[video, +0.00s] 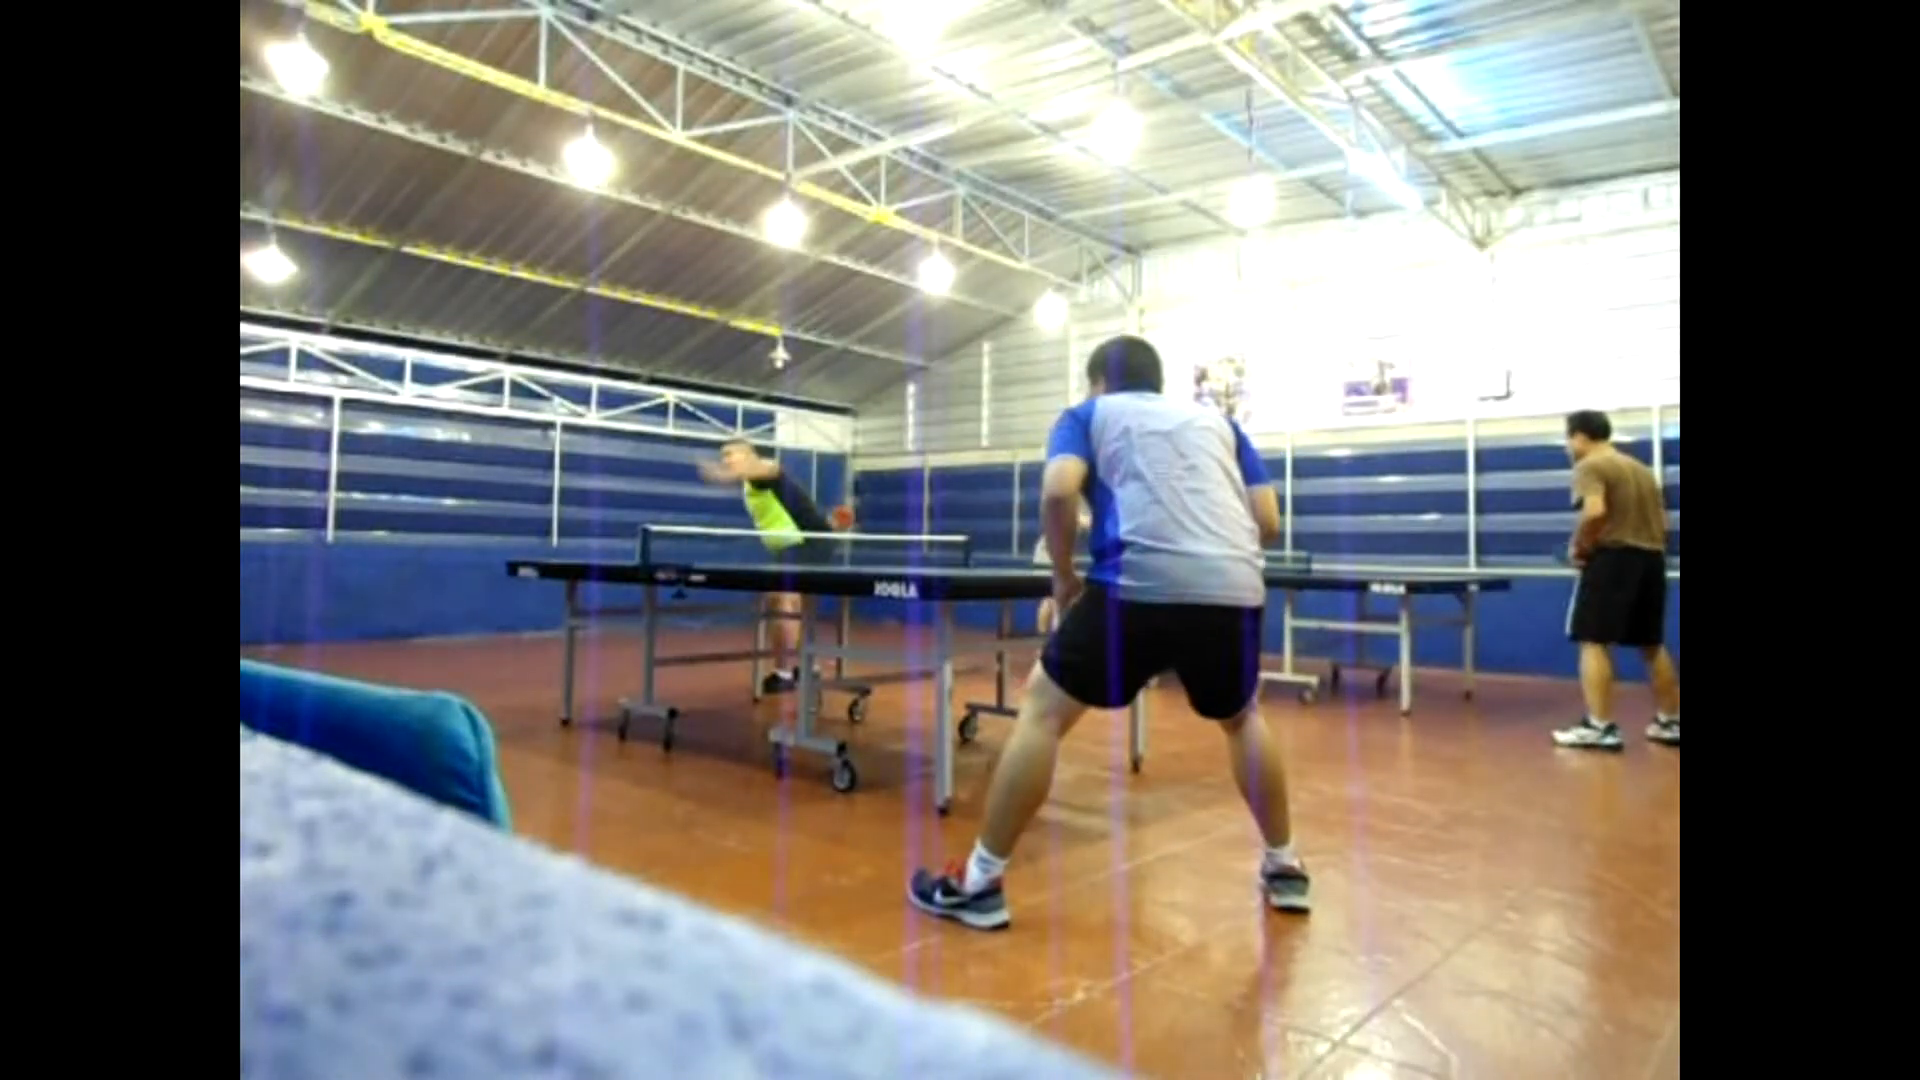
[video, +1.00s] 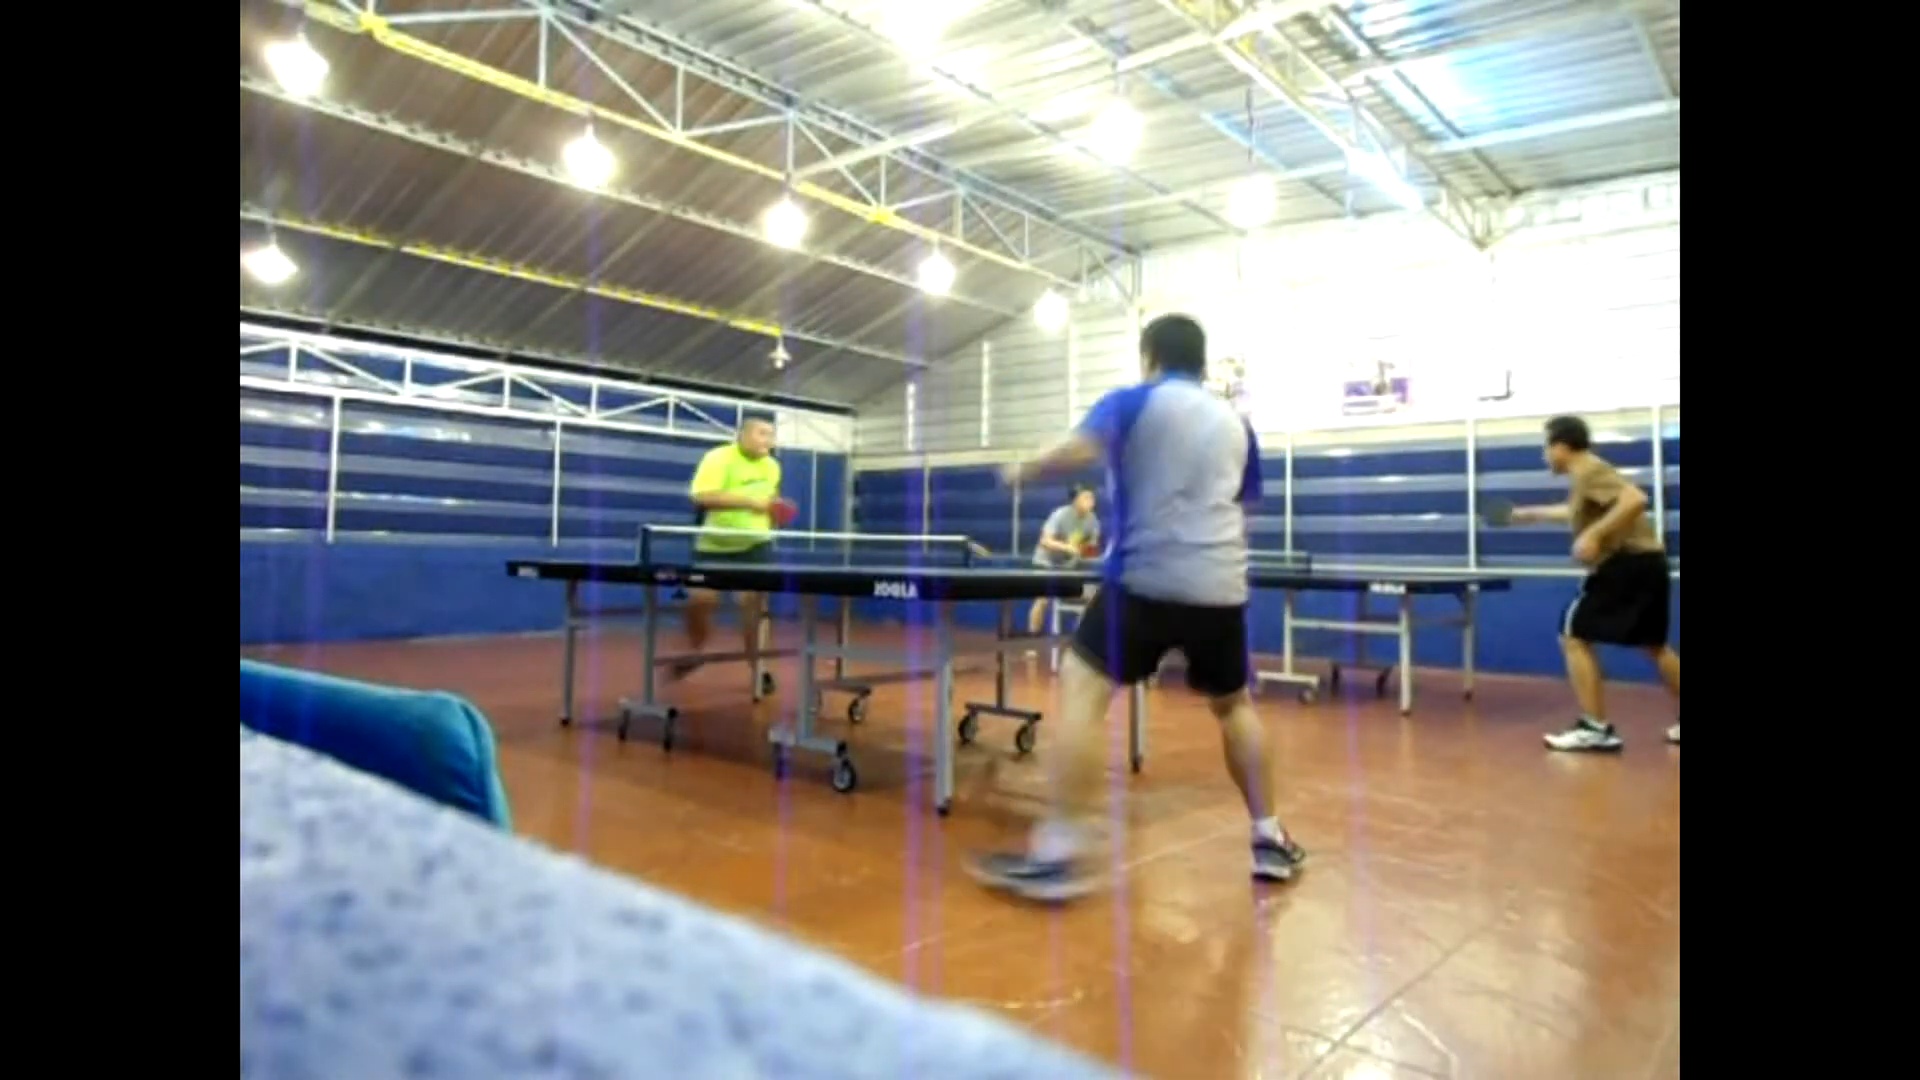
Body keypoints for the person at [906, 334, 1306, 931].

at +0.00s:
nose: (1087, 396)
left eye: (1088, 387)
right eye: (1089, 389)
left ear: (1101, 383)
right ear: (1159, 383)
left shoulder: (1086, 414)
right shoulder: (1220, 423)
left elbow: (1060, 490)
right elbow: (1268, 521)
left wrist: (1065, 584)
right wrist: (1215, 552)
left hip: (1137, 589)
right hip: (1232, 594)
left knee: (1043, 718)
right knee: (1242, 719)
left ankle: (979, 883)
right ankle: (1284, 866)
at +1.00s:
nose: (1140, 365)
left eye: (1143, 357)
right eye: (1144, 357)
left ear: (1152, 358)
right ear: (1202, 361)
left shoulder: (1132, 404)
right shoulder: (1235, 425)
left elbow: (1079, 454)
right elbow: (1246, 501)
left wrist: (1022, 472)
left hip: (1144, 590)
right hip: (1219, 597)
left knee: (1081, 698)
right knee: (1235, 707)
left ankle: (1055, 849)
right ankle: (1268, 837)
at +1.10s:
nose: (1143, 357)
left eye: (1146, 349)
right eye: (1146, 350)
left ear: (1157, 348)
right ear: (1202, 351)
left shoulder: (1158, 378)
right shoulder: (1231, 407)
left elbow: (1108, 410)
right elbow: (1222, 481)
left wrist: (1014, 422)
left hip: (1171, 563)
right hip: (1236, 567)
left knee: (1104, 670)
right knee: (1221, 679)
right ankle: (1267, 790)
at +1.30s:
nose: (1148, 413)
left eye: (1151, 405)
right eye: (1152, 407)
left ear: (1158, 400)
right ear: (1196, 401)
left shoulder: (1171, 414)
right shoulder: (1212, 437)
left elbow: (1169, 432)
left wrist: (1097, 422)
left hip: (1210, 576)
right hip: (1251, 579)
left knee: (1157, 692)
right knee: (1221, 680)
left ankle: (1208, 832)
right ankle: (1216, 774)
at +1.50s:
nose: (1151, 451)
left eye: (1153, 444)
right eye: (1151, 446)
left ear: (1166, 438)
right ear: (1198, 435)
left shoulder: (1190, 446)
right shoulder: (1207, 473)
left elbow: (1187, 474)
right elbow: (1166, 529)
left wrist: (1128, 488)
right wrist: (1109, 522)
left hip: (1238, 591)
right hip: (1271, 594)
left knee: (1167, 695)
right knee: (1215, 679)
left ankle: (1221, 811)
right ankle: (1206, 772)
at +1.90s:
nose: (1198, 403)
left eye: (1202, 391)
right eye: (1199, 392)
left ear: (1224, 389)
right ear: (1251, 391)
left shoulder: (1236, 417)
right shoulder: (1278, 433)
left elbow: (1218, 457)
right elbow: (1296, 510)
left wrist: (1139, 511)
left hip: (1277, 580)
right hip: (1316, 585)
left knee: (1219, 698)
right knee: (1250, 677)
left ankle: (1300, 835)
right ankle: (1257, 776)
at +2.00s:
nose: (1216, 386)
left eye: (1220, 376)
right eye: (1217, 376)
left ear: (1240, 371)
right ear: (1269, 372)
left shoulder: (1254, 399)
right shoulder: (1297, 415)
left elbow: (1248, 448)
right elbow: (1320, 493)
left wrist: (1163, 509)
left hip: (1290, 567)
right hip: (1333, 570)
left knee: (1220, 680)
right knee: (1292, 675)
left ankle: (1296, 827)